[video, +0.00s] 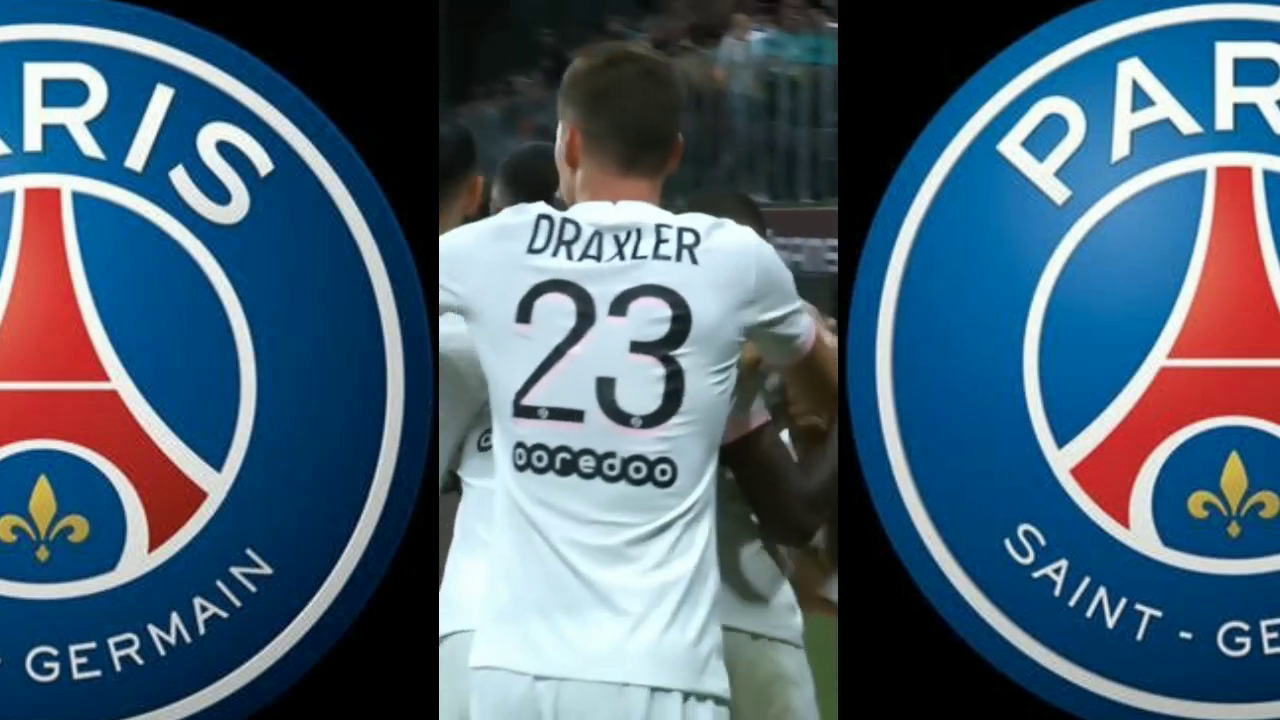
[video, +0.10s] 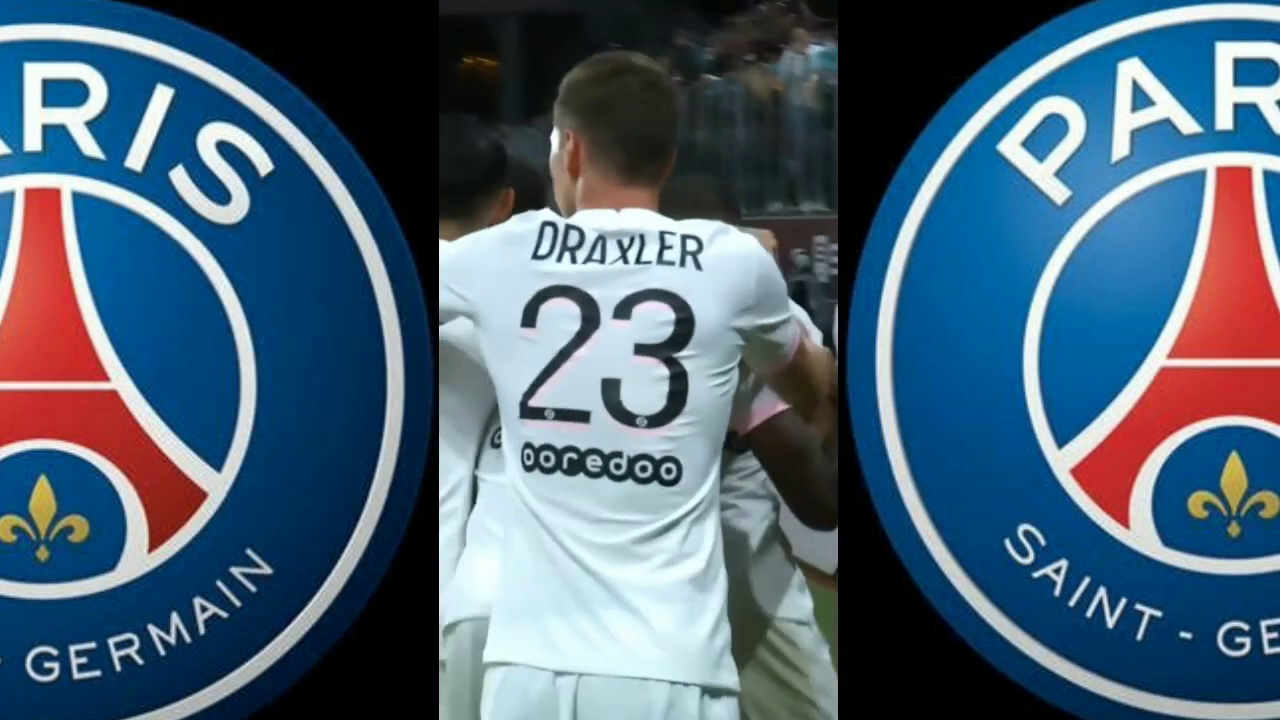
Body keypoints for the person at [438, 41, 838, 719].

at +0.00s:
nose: (556, 150)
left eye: (557, 136)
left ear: (568, 143)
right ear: (676, 154)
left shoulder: (475, 253)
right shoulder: (738, 259)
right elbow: (815, 359)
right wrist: (810, 422)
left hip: (495, 653)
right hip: (658, 663)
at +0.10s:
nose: (551, 157)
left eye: (553, 140)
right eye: (554, 139)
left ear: (568, 149)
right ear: (671, 161)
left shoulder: (491, 257)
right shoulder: (735, 263)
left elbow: (363, 292)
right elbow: (813, 386)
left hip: (528, 651)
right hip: (676, 656)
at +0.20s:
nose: (544, 162)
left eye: (546, 145)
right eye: (546, 144)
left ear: (561, 153)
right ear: (662, 164)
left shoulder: (483, 260)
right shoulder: (726, 260)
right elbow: (822, 368)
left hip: (528, 651)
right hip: (675, 656)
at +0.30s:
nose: (543, 160)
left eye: (543, 143)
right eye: (544, 142)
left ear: (560, 151)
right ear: (659, 157)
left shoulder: (484, 253)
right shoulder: (720, 255)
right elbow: (815, 391)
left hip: (526, 643)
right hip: (673, 647)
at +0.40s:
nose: (551, 165)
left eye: (551, 147)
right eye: (551, 146)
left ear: (569, 155)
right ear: (663, 159)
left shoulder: (492, 249)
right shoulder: (724, 259)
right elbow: (815, 402)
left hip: (533, 639)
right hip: (681, 641)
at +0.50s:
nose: (578, 169)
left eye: (580, 153)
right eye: (579, 154)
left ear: (596, 164)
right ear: (685, 170)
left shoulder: (523, 256)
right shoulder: (749, 269)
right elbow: (798, 414)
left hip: (558, 636)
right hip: (699, 646)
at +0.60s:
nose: (608, 176)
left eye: (609, 163)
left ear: (621, 173)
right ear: (715, 190)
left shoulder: (558, 263)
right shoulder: (777, 277)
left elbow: (454, 299)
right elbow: (816, 406)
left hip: (590, 633)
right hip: (731, 641)